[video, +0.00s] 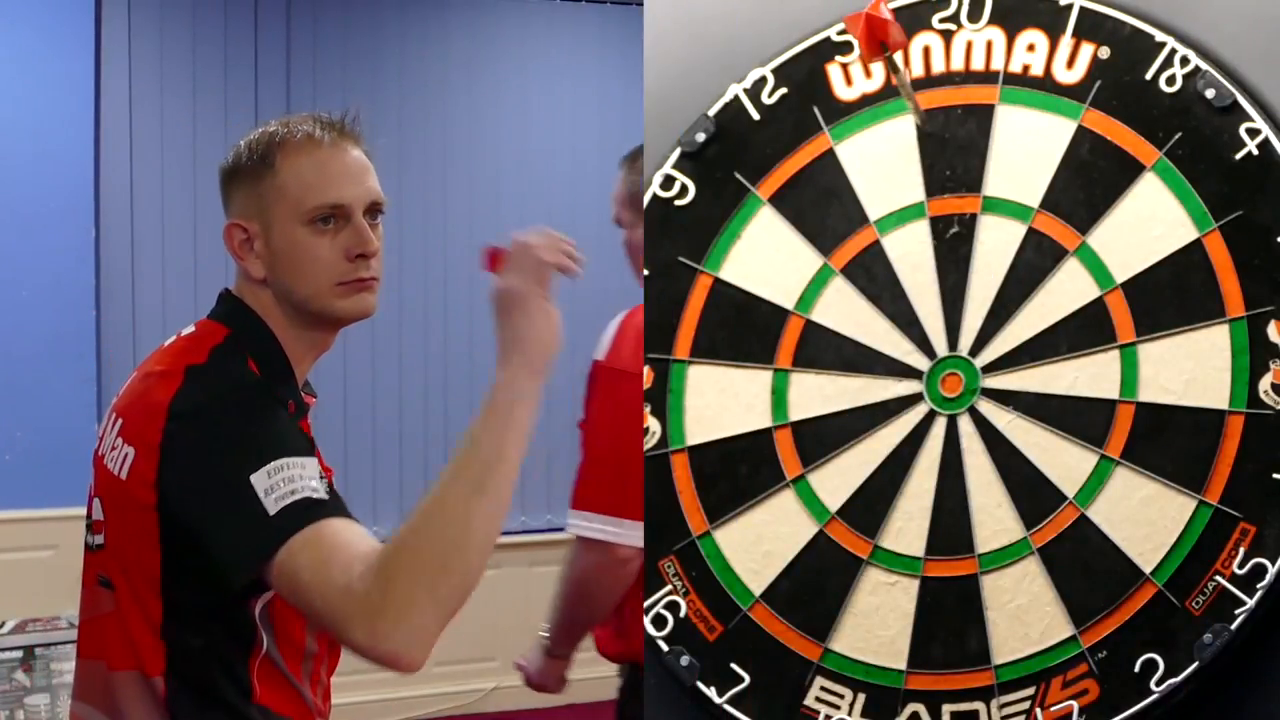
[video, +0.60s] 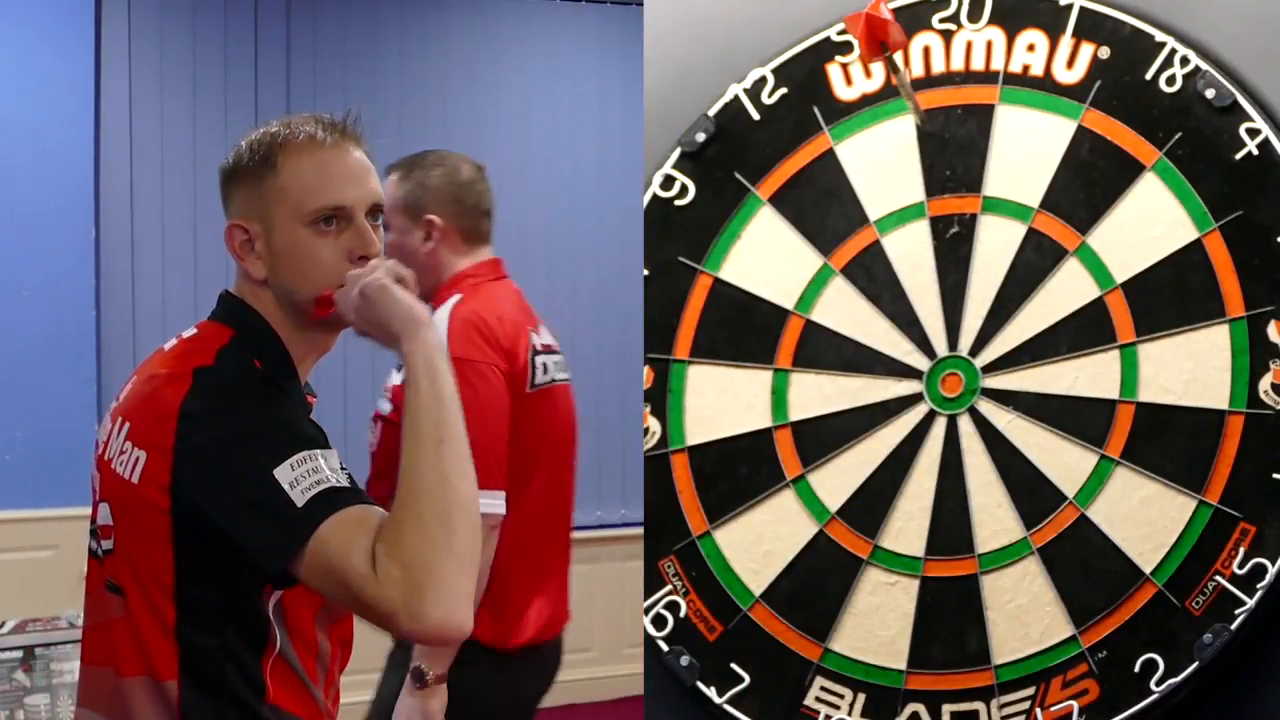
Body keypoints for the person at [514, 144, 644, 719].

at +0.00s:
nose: (624, 243)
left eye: (626, 225)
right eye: (621, 226)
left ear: (662, 223)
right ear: (686, 221)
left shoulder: (639, 335)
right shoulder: (770, 329)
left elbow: (615, 542)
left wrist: (556, 651)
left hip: (665, 665)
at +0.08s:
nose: (583, 246)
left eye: (584, 230)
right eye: (579, 230)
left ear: (619, 228)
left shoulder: (614, 336)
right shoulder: (734, 323)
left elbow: (578, 544)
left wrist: (511, 641)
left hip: (636, 671)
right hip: (730, 655)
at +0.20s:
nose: (543, 258)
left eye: (543, 240)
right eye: (538, 241)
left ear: (580, 237)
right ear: (644, 228)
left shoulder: (582, 343)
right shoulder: (702, 320)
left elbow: (548, 548)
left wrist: (473, 649)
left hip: (608, 672)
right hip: (705, 655)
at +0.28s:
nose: (502, 260)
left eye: (505, 244)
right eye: (500, 244)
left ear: (544, 244)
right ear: (602, 240)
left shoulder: (548, 347)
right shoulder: (657, 328)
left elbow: (518, 550)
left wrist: (447, 662)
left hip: (565, 676)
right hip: (655, 665)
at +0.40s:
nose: (459, 255)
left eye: (464, 238)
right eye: (459, 238)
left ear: (506, 242)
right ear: (559, 239)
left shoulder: (511, 344)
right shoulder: (625, 342)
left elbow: (499, 539)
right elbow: (633, 522)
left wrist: (430, 672)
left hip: (521, 677)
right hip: (604, 671)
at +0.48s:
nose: (418, 250)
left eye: (425, 233)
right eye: (418, 233)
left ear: (468, 237)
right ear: (494, 235)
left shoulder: (481, 336)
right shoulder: (568, 329)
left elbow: (485, 528)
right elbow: (573, 507)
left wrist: (424, 676)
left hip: (495, 669)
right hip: (560, 662)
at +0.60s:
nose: (380, 247)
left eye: (388, 228)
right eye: (380, 229)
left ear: (432, 233)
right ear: (457, 233)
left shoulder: (464, 324)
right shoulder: (511, 310)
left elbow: (477, 517)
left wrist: (427, 675)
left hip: (470, 654)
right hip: (513, 647)